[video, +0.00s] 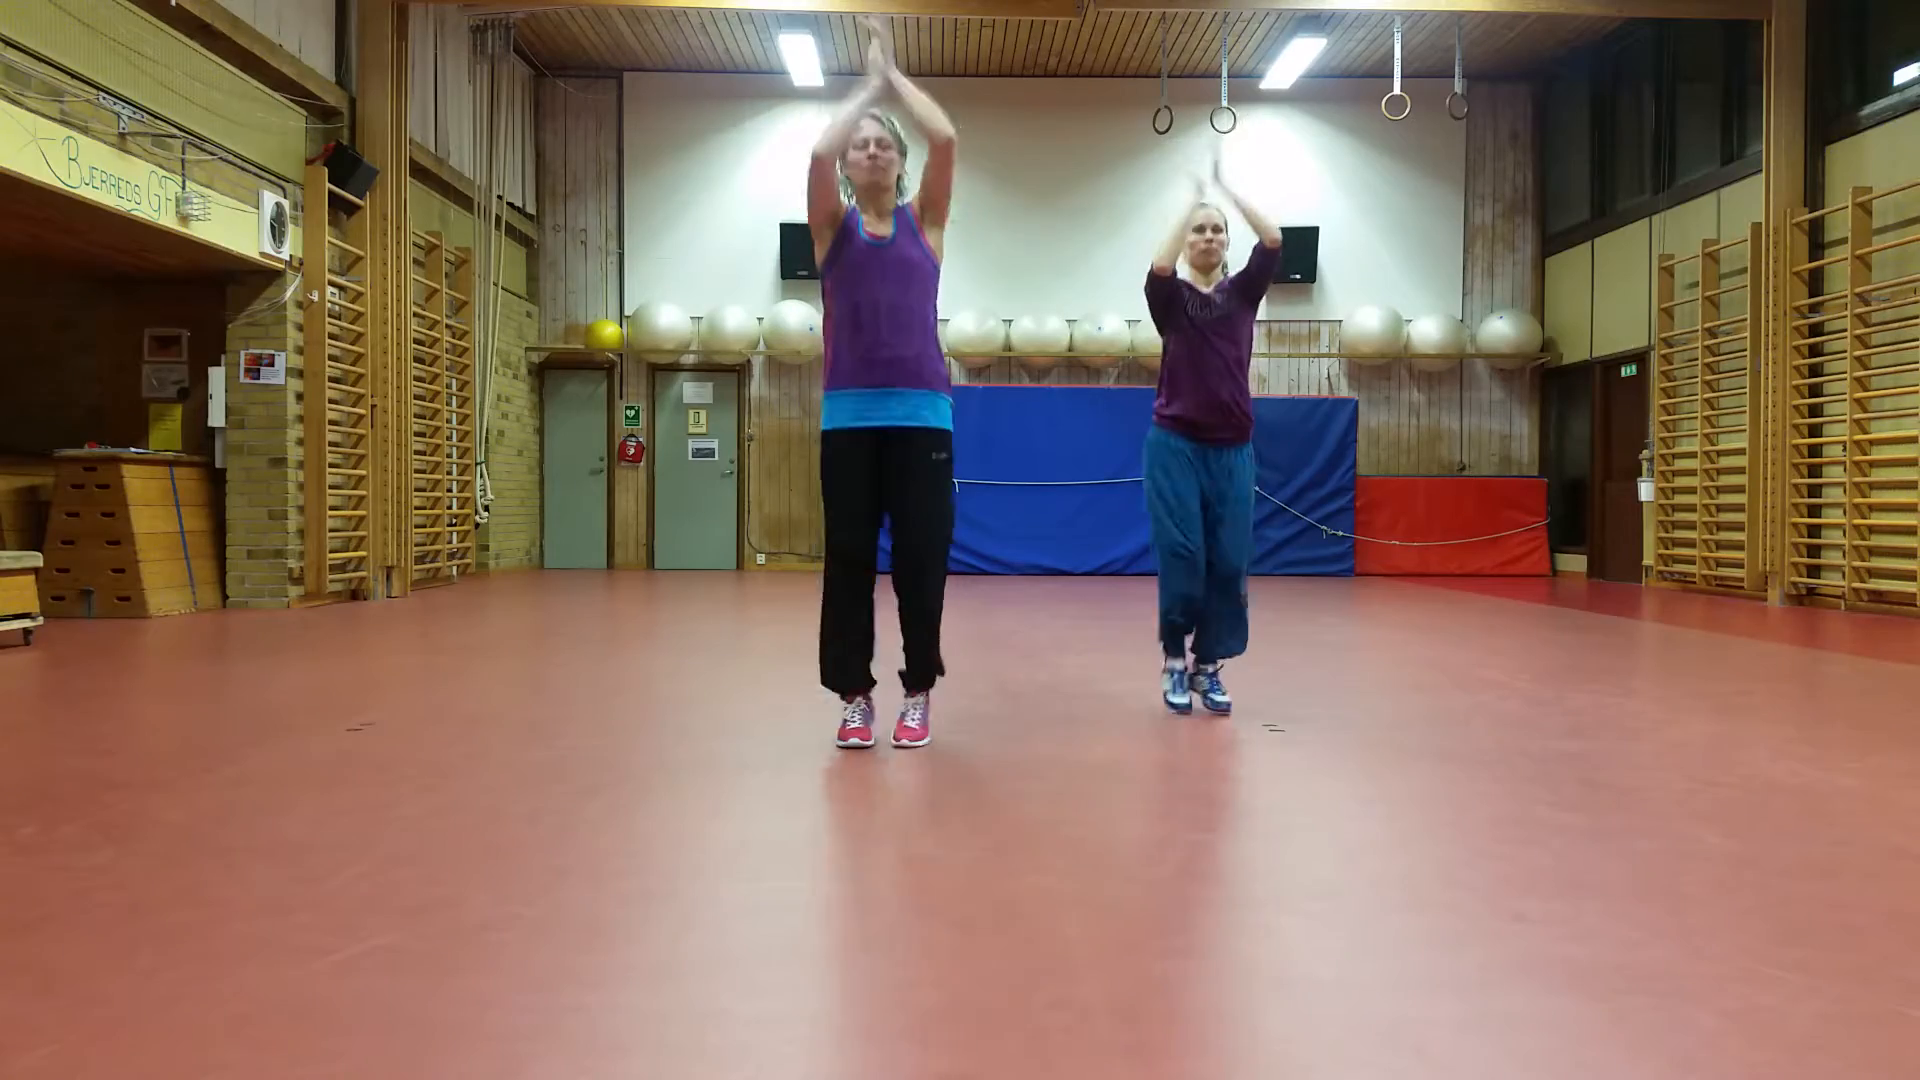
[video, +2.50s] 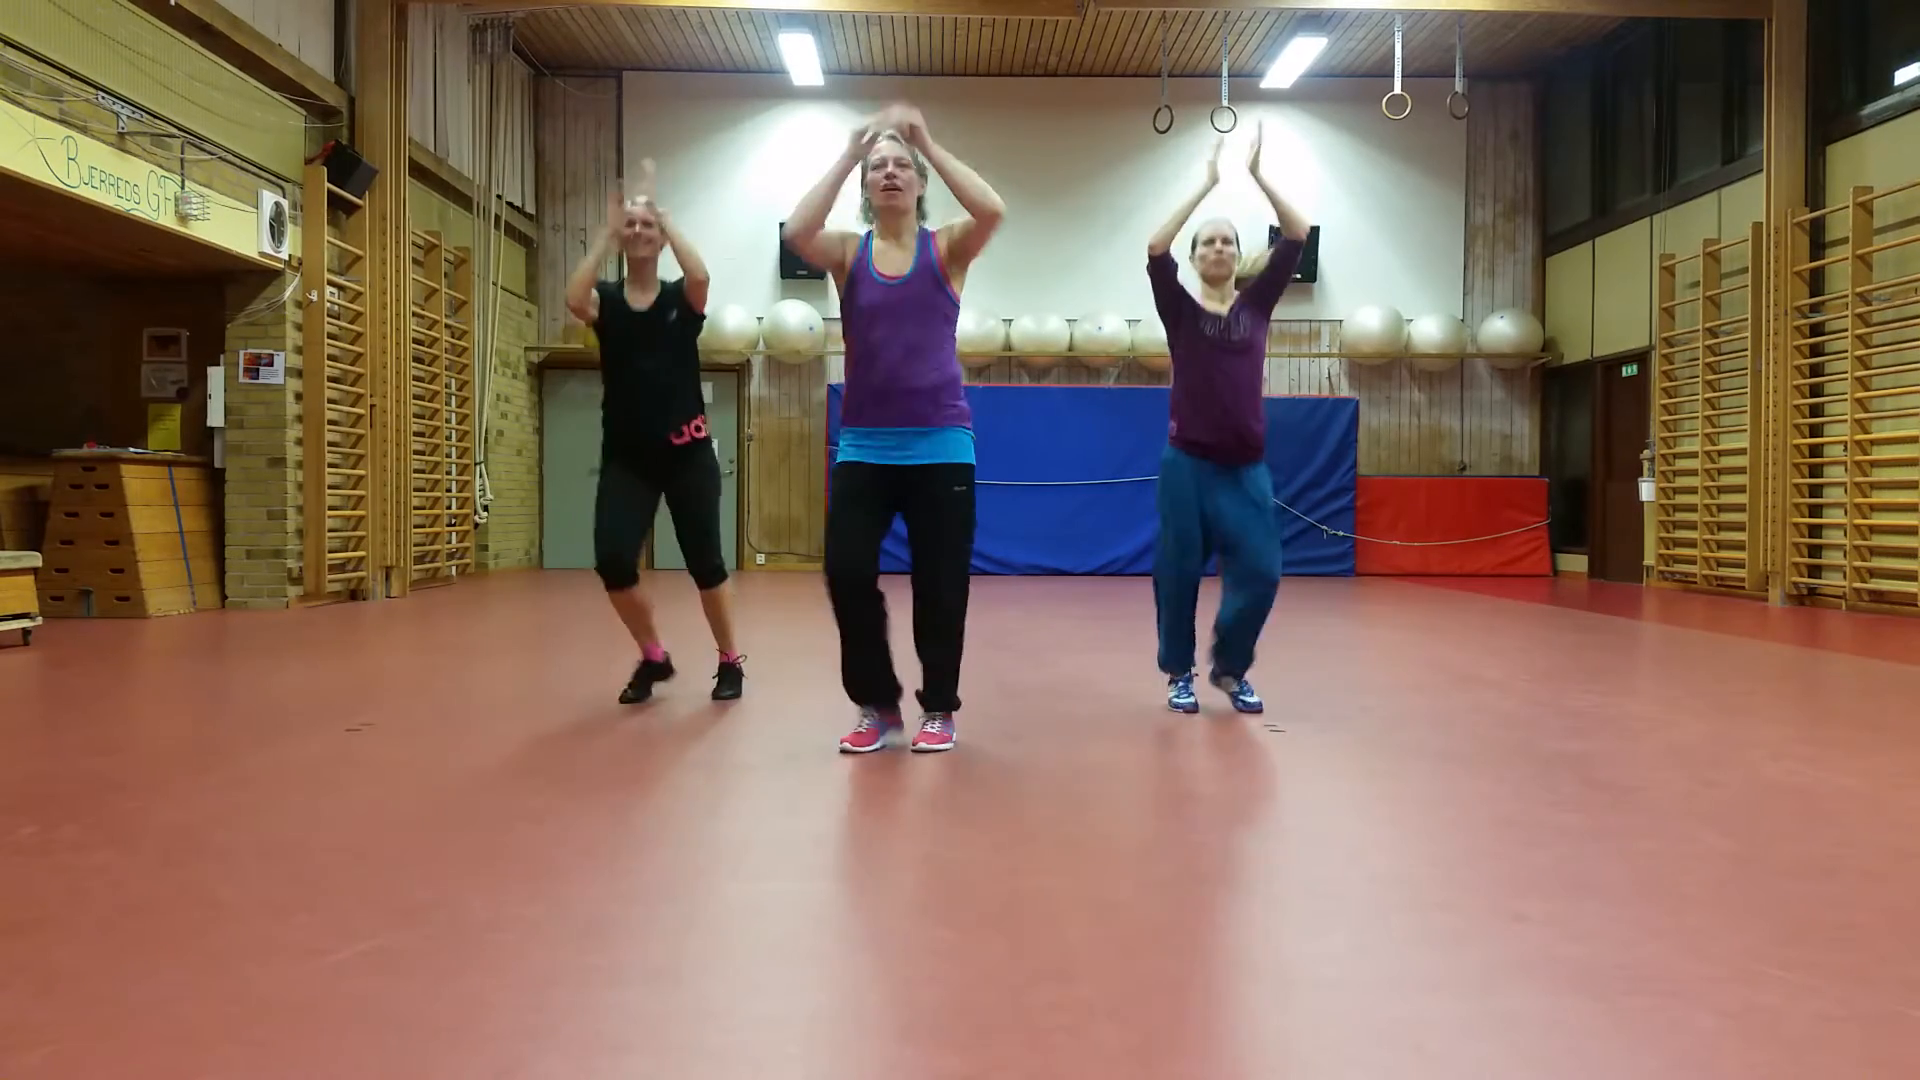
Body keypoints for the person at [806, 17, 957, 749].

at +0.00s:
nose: (874, 150)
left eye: (883, 144)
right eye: (862, 145)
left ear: (901, 163)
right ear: (844, 164)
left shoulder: (924, 222)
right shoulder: (833, 226)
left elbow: (945, 139)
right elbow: (823, 153)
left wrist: (894, 77)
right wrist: (871, 80)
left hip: (922, 416)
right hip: (851, 417)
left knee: (921, 562)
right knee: (849, 561)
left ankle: (918, 693)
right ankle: (854, 697)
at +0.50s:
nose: (873, 173)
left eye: (885, 167)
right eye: (862, 166)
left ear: (904, 185)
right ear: (849, 185)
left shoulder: (928, 249)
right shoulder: (835, 250)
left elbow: (952, 168)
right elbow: (805, 181)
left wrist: (896, 102)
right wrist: (861, 106)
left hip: (913, 440)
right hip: (840, 437)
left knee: (914, 580)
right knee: (840, 578)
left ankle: (891, 701)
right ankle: (846, 703)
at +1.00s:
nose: (891, 169)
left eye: (902, 160)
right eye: (879, 162)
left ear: (923, 175)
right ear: (867, 177)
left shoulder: (948, 236)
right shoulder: (853, 239)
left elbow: (981, 167)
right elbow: (804, 188)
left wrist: (923, 96)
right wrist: (855, 112)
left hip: (941, 428)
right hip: (865, 428)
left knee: (941, 572)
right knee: (834, 564)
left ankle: (934, 703)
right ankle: (862, 689)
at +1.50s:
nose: (889, 151)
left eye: (900, 143)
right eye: (878, 144)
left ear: (919, 160)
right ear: (861, 160)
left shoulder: (940, 222)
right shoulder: (847, 226)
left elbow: (977, 157)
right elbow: (821, 169)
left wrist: (946, 67)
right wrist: (836, 90)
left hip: (934, 413)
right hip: (860, 415)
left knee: (947, 550)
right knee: (860, 558)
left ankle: (930, 682)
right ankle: (868, 697)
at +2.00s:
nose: (883, 166)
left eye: (894, 157)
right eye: (871, 157)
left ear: (912, 172)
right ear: (855, 172)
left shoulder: (935, 239)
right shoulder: (845, 239)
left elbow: (952, 160)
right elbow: (818, 180)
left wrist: (898, 93)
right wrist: (867, 103)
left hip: (921, 425)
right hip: (849, 421)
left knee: (921, 571)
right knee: (849, 565)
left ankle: (890, 702)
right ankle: (844, 695)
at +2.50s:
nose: (889, 170)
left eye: (902, 162)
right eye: (877, 163)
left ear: (921, 182)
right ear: (864, 184)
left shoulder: (947, 249)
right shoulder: (847, 250)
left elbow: (989, 210)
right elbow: (799, 234)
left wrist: (929, 145)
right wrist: (849, 157)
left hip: (941, 442)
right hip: (864, 443)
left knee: (940, 584)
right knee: (847, 575)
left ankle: (939, 711)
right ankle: (879, 709)